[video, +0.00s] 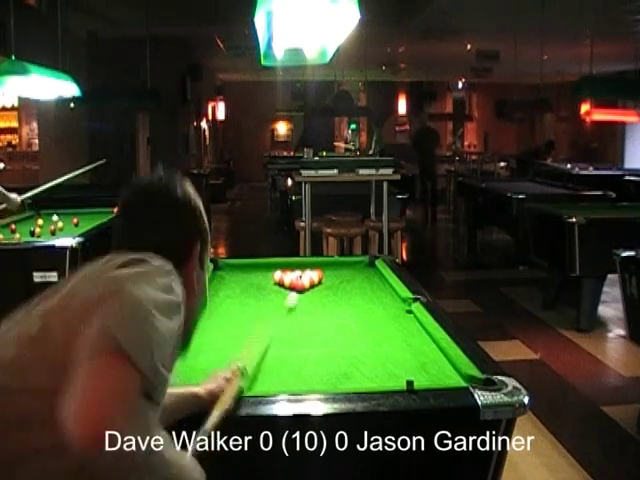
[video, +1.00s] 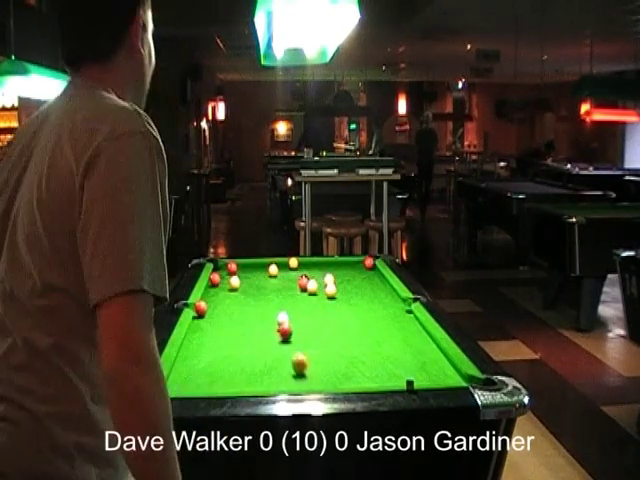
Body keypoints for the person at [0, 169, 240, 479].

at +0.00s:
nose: (205, 285)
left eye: (207, 264)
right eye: (207, 263)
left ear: (123, 242)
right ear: (194, 257)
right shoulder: (149, 276)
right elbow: (96, 418)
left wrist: (199, 396)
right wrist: (184, 468)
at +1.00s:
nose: (153, 49)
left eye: (151, 29)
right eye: (151, 29)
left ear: (71, 39)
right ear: (140, 30)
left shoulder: (32, 130)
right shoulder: (121, 132)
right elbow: (127, 354)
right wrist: (162, 470)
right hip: (70, 455)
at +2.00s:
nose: (149, 33)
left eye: (148, 18)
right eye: (148, 16)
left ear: (63, 21)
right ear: (133, 14)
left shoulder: (14, 125)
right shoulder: (146, 120)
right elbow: (183, 341)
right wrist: (238, 462)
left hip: (17, 447)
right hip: (126, 451)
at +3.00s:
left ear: (212, 29)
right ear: (286, 39)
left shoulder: (154, 109)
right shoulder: (317, 145)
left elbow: (92, 278)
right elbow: (367, 287)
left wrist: (106, 384)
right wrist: (394, 357)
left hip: (146, 421)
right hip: (254, 425)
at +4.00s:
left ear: (194, 24)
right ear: (268, 30)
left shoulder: (145, 118)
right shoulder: (314, 133)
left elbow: (97, 300)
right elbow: (348, 302)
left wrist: (125, 393)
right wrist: (369, 387)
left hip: (160, 424)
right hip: (264, 427)